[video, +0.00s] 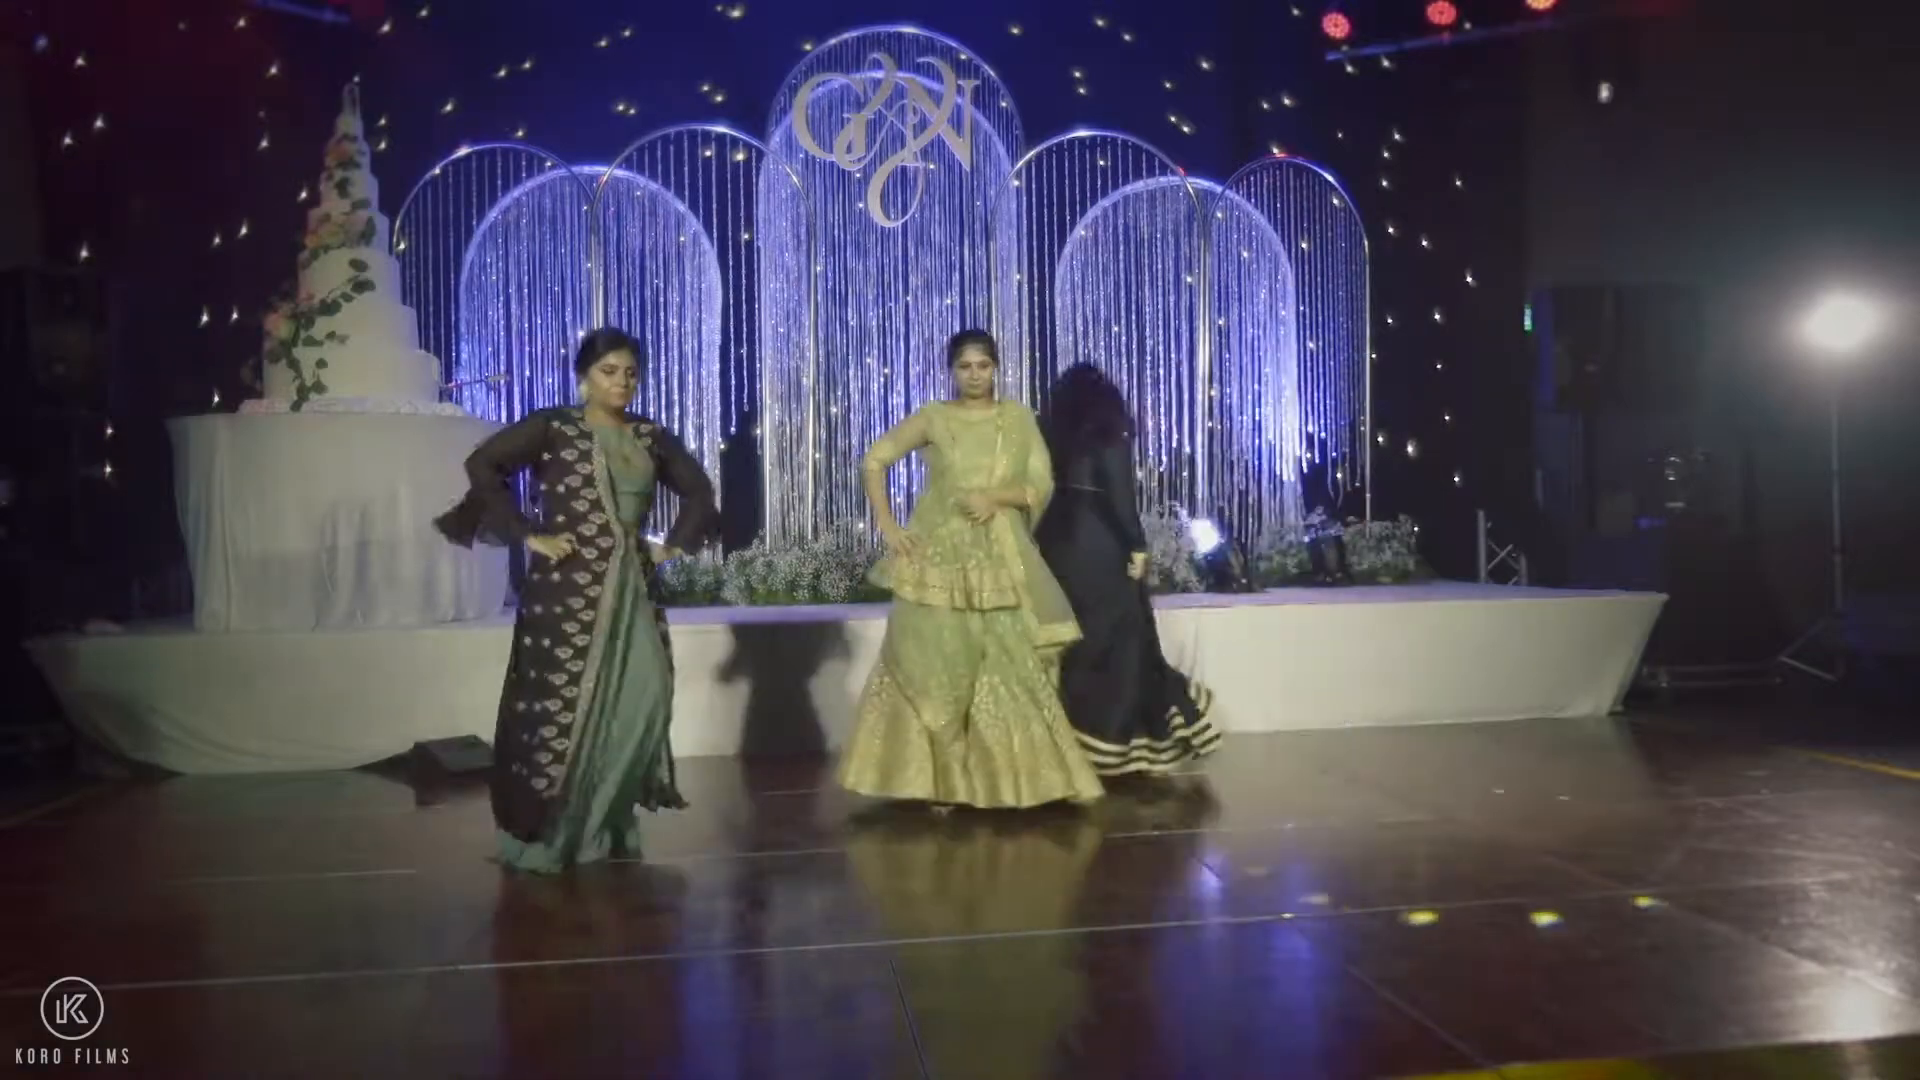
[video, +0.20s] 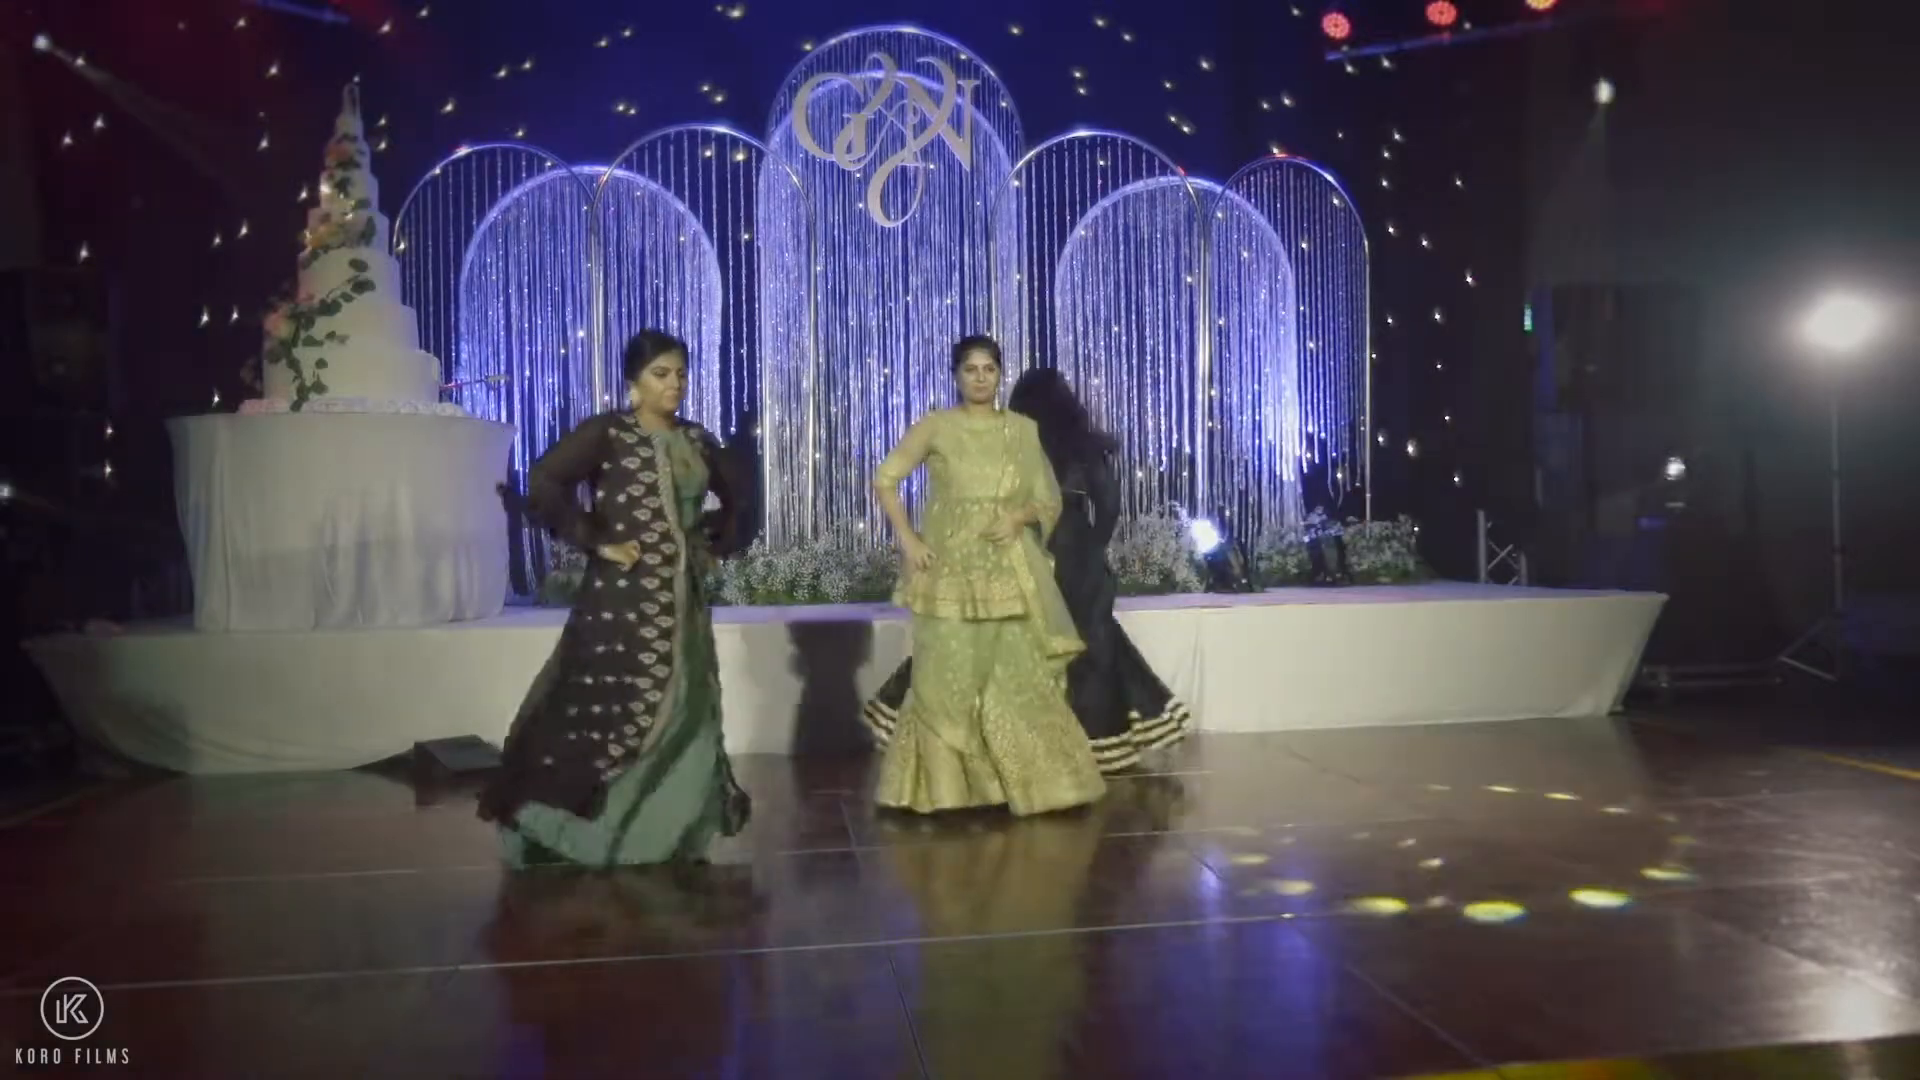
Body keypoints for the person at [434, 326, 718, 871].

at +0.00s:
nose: (622, 381)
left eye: (630, 373)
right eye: (610, 372)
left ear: (637, 378)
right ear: (585, 377)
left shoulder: (649, 438)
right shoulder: (553, 427)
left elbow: (699, 491)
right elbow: (482, 466)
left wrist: (672, 545)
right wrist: (526, 535)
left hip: (629, 592)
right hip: (565, 591)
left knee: (648, 693)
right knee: (563, 705)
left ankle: (611, 820)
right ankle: (547, 834)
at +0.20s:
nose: (675, 384)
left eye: (680, 374)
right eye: (663, 374)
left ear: (686, 381)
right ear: (635, 380)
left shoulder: (697, 442)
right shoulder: (606, 433)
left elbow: (739, 492)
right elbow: (543, 485)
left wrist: (717, 544)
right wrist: (594, 539)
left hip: (684, 593)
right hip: (627, 594)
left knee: (688, 708)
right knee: (631, 708)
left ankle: (678, 835)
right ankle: (603, 834)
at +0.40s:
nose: (722, 374)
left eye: (728, 365)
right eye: (709, 364)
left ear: (734, 373)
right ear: (682, 372)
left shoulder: (751, 435)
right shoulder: (658, 425)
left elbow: (793, 491)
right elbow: (597, 469)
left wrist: (767, 539)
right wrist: (648, 533)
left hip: (733, 587)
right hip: (676, 586)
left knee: (730, 703)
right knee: (676, 704)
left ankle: (730, 831)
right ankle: (676, 834)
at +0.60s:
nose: (777, 366)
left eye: (783, 357)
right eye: (764, 356)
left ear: (790, 365)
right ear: (737, 363)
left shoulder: (797, 425)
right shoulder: (714, 415)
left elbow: (827, 481)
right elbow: (674, 468)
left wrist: (826, 525)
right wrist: (725, 526)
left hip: (793, 580)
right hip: (737, 581)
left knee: (795, 695)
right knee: (736, 697)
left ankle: (794, 821)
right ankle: (733, 826)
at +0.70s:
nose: (809, 372)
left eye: (814, 363)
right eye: (797, 363)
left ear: (820, 370)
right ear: (768, 369)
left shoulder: (829, 428)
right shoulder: (745, 419)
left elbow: (864, 483)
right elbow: (699, 470)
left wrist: (847, 536)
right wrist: (757, 529)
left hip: (820, 586)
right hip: (766, 585)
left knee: (827, 701)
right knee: (767, 704)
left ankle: (827, 829)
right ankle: (766, 832)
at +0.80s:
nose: (838, 378)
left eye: (844, 369)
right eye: (826, 368)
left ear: (850, 376)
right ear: (797, 375)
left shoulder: (862, 443)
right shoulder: (767, 431)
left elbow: (902, 501)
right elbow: (728, 491)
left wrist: (913, 555)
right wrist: (780, 540)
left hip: (848, 598)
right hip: (792, 596)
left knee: (858, 711)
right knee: (799, 715)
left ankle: (857, 841)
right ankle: (798, 845)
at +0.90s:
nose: (859, 368)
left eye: (865, 359)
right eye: (847, 358)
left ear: (871, 366)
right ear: (818, 367)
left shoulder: (885, 434)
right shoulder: (792, 426)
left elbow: (927, 490)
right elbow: (773, 493)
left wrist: (966, 539)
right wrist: (801, 534)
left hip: (879, 592)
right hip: (821, 593)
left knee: (885, 706)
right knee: (825, 710)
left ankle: (893, 834)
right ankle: (829, 839)